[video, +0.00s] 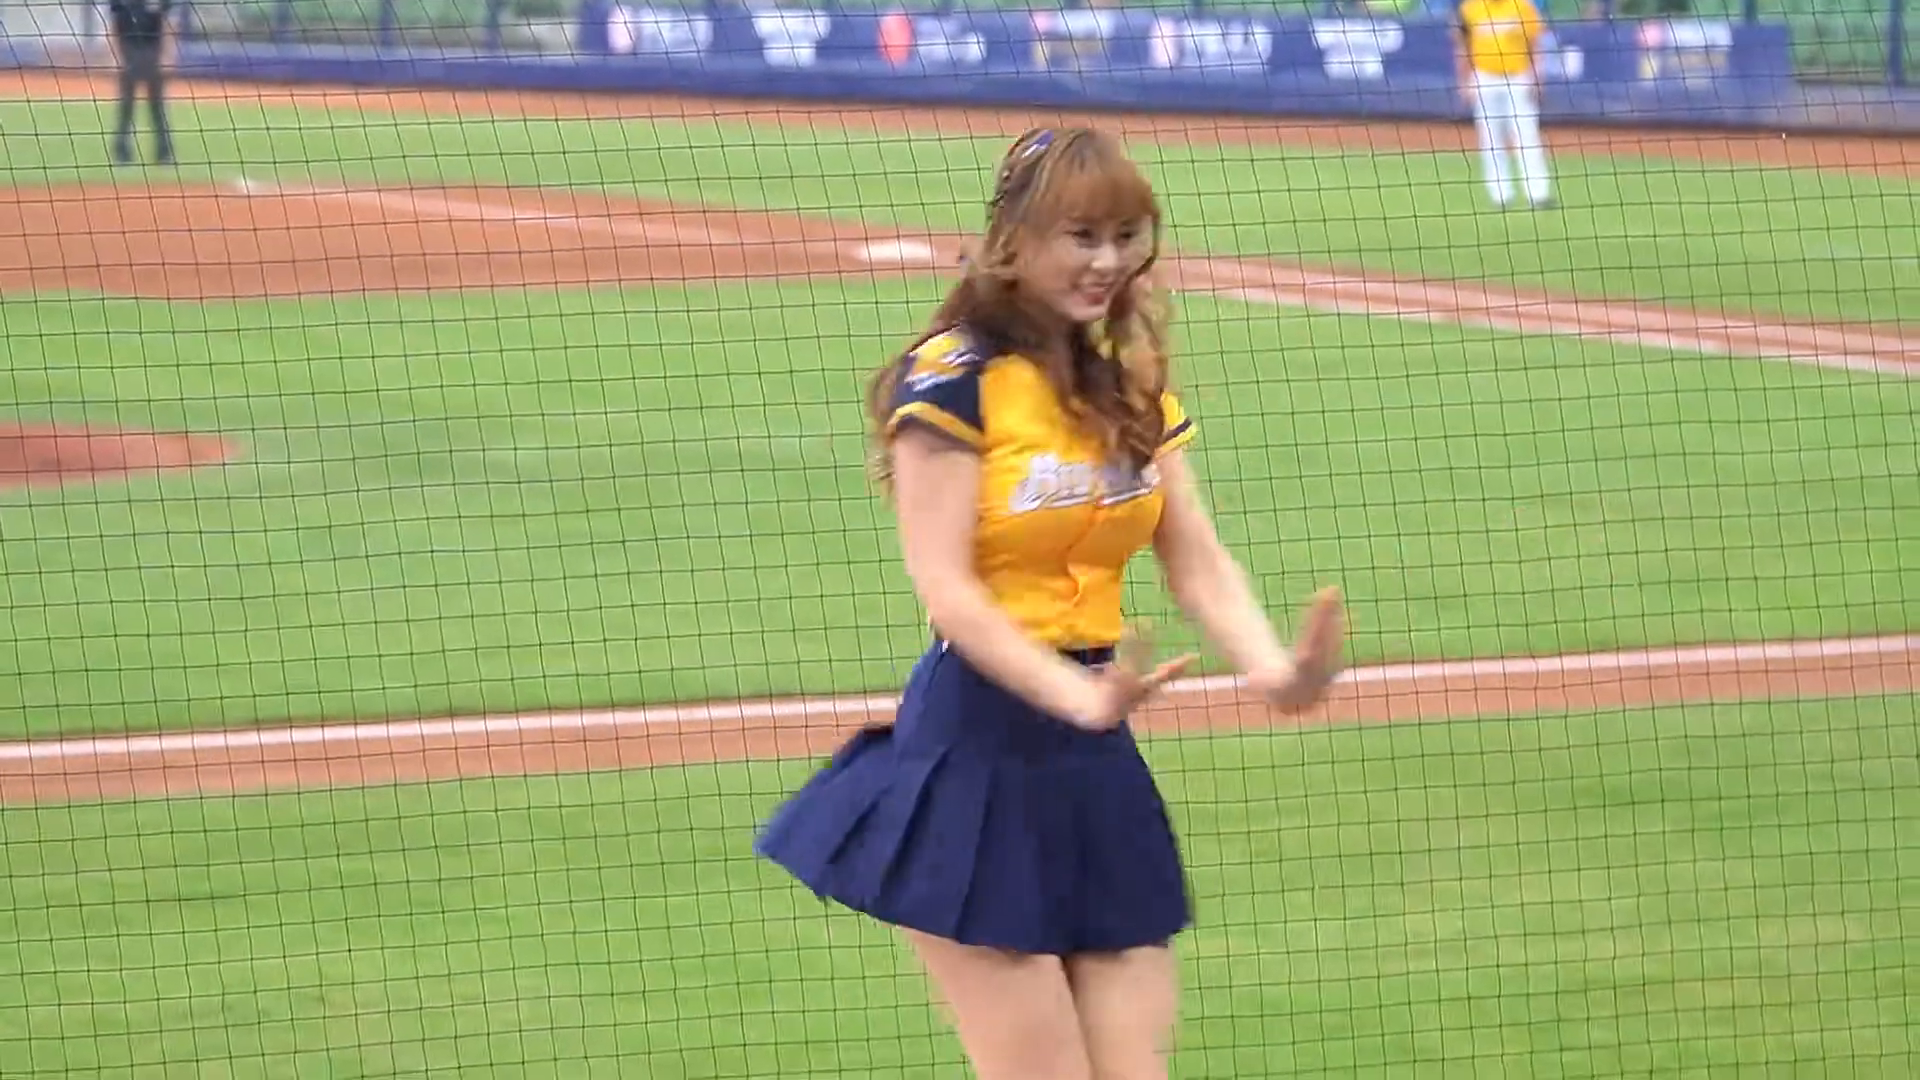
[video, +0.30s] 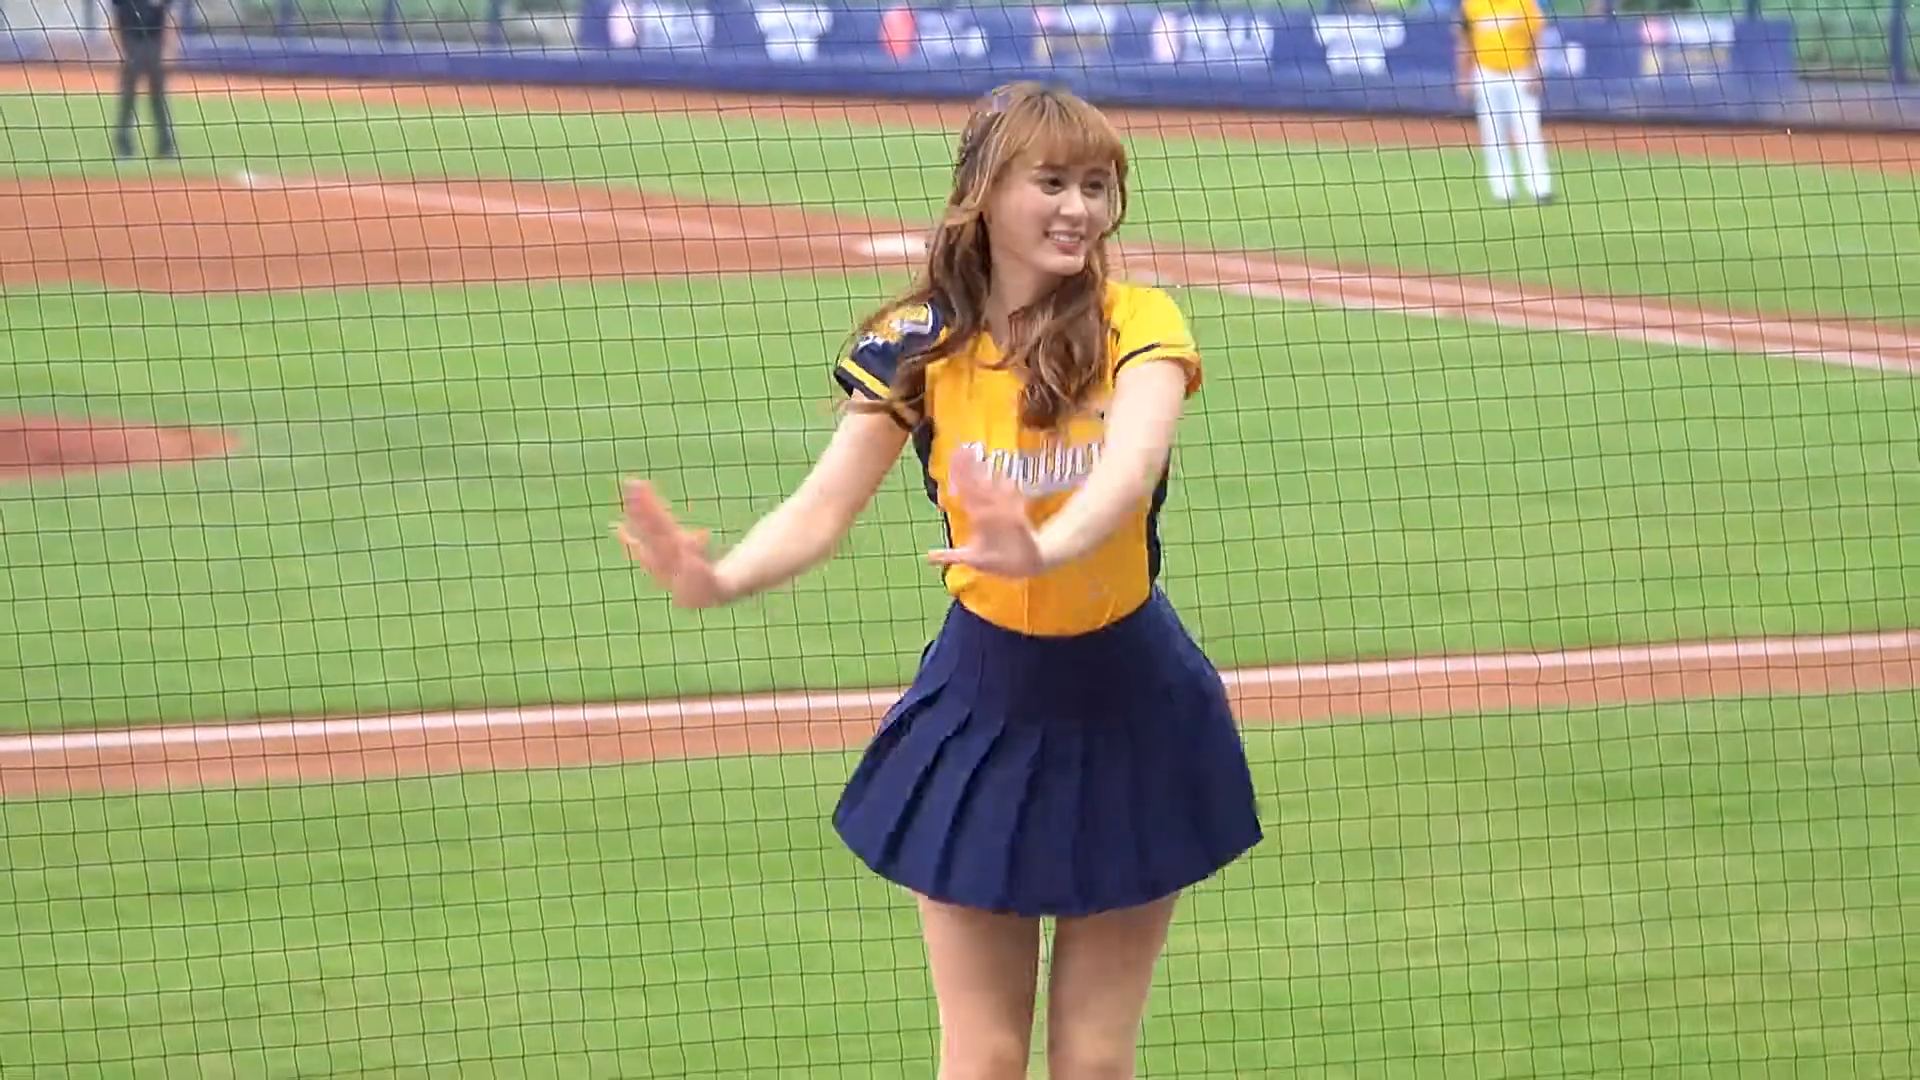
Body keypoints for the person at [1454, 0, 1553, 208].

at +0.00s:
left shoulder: (1521, 6)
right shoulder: (1468, 9)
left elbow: (1535, 40)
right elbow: (1461, 47)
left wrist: (1537, 76)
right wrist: (1464, 81)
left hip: (1519, 75)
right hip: (1484, 77)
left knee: (1527, 134)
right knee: (1491, 138)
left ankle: (1538, 190)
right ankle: (1500, 191)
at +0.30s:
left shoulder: (1524, 4)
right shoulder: (1469, 6)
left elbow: (1537, 36)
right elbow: (1463, 43)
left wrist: (1537, 71)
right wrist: (1464, 77)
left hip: (1521, 72)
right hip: (1486, 75)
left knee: (1528, 131)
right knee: (1493, 134)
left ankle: (1540, 185)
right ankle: (1502, 187)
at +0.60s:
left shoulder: (1528, 4)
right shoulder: (1473, 5)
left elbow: (1541, 30)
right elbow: (1467, 38)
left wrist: (1539, 66)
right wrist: (1468, 73)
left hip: (1524, 67)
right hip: (1489, 70)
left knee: (1535, 125)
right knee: (1495, 128)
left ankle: (1545, 182)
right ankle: (1503, 184)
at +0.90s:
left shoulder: (1525, 6)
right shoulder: (1477, 8)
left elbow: (1539, 38)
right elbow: (1464, 44)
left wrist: (1534, 71)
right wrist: (1464, 77)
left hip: (1518, 73)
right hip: (1484, 75)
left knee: (1530, 131)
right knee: (1487, 134)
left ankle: (1543, 186)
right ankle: (1490, 188)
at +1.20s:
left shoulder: (1510, 5)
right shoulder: (1458, 5)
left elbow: (1519, 36)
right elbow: (1450, 35)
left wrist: (1516, 72)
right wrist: (1448, 68)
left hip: (1500, 72)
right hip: (1466, 71)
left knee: (1505, 132)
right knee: (1460, 133)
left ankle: (1510, 184)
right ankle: (1459, 183)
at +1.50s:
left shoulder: (1496, 15)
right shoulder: (1446, 15)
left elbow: (1508, 58)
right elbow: (1433, 51)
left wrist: (1507, 92)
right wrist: (1437, 86)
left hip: (1488, 90)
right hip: (1453, 90)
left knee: (1486, 148)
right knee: (1440, 144)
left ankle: (1484, 202)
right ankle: (1427, 197)